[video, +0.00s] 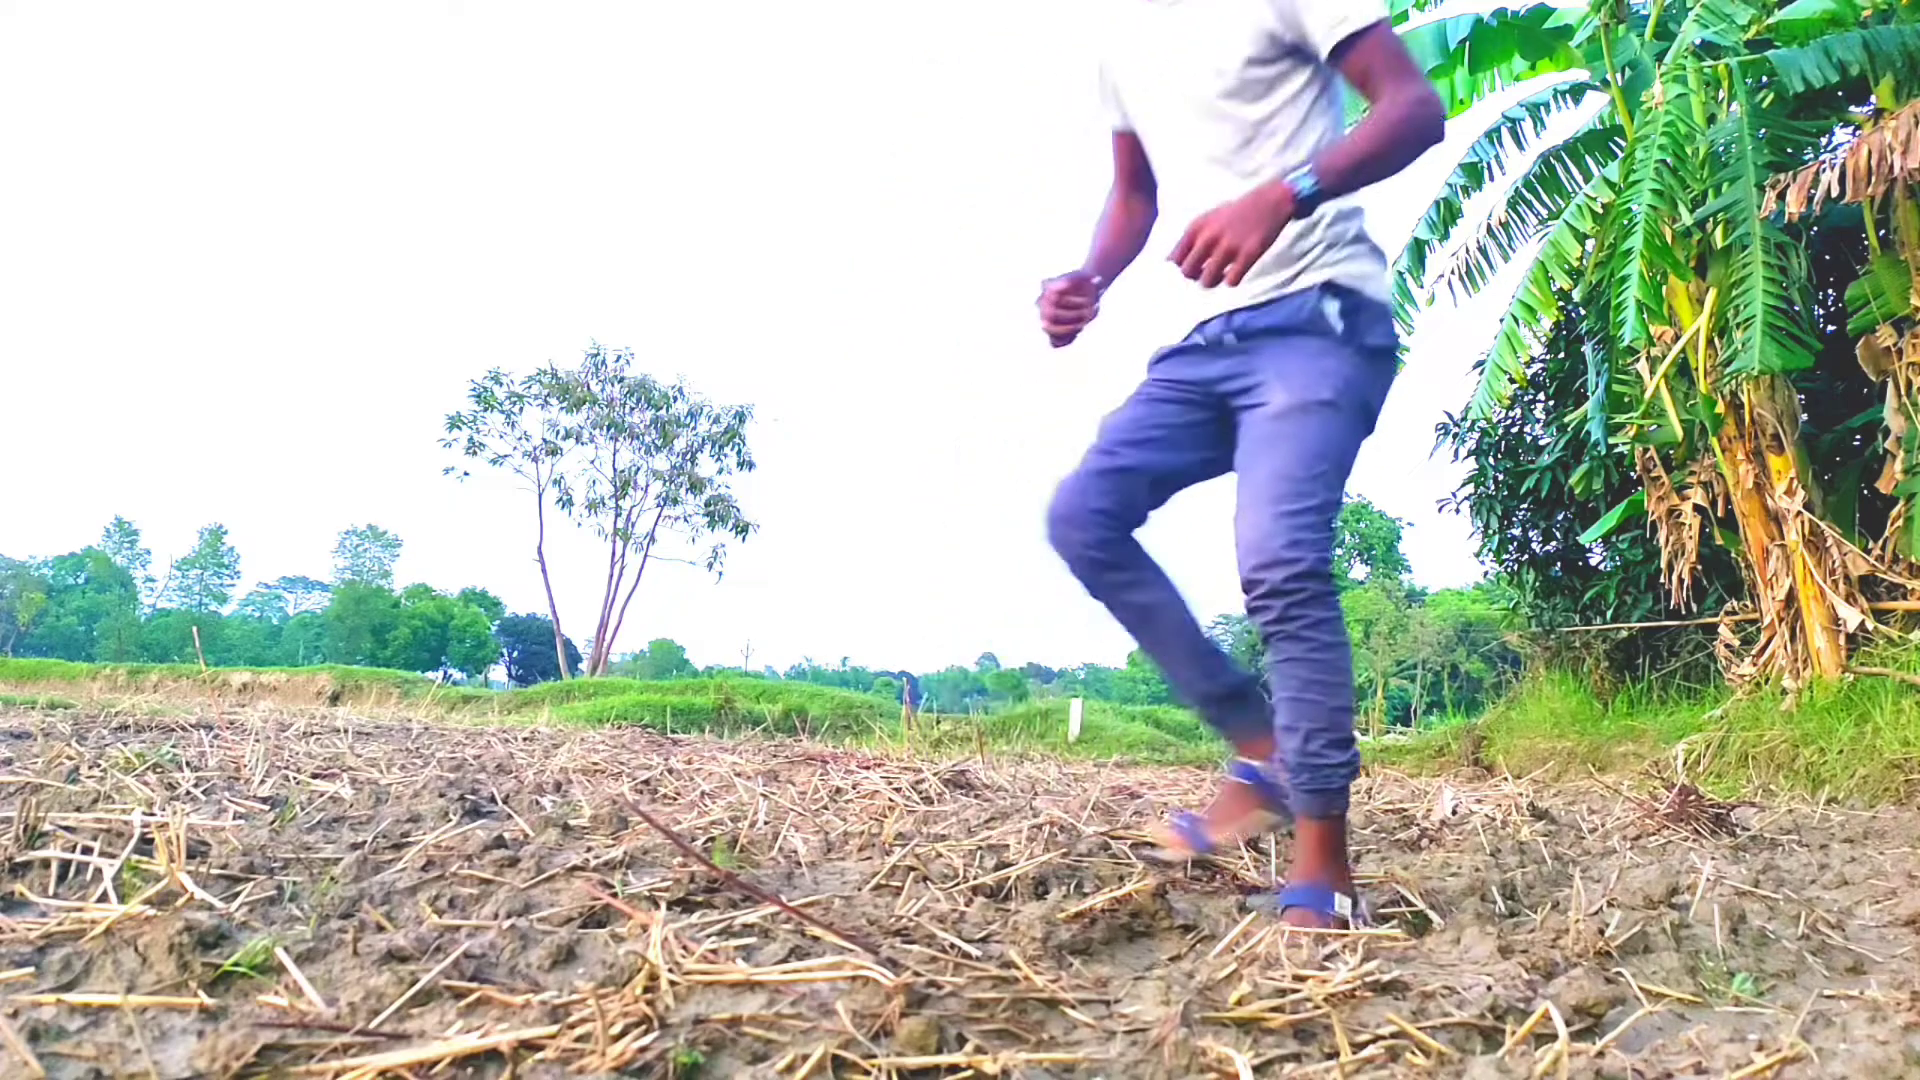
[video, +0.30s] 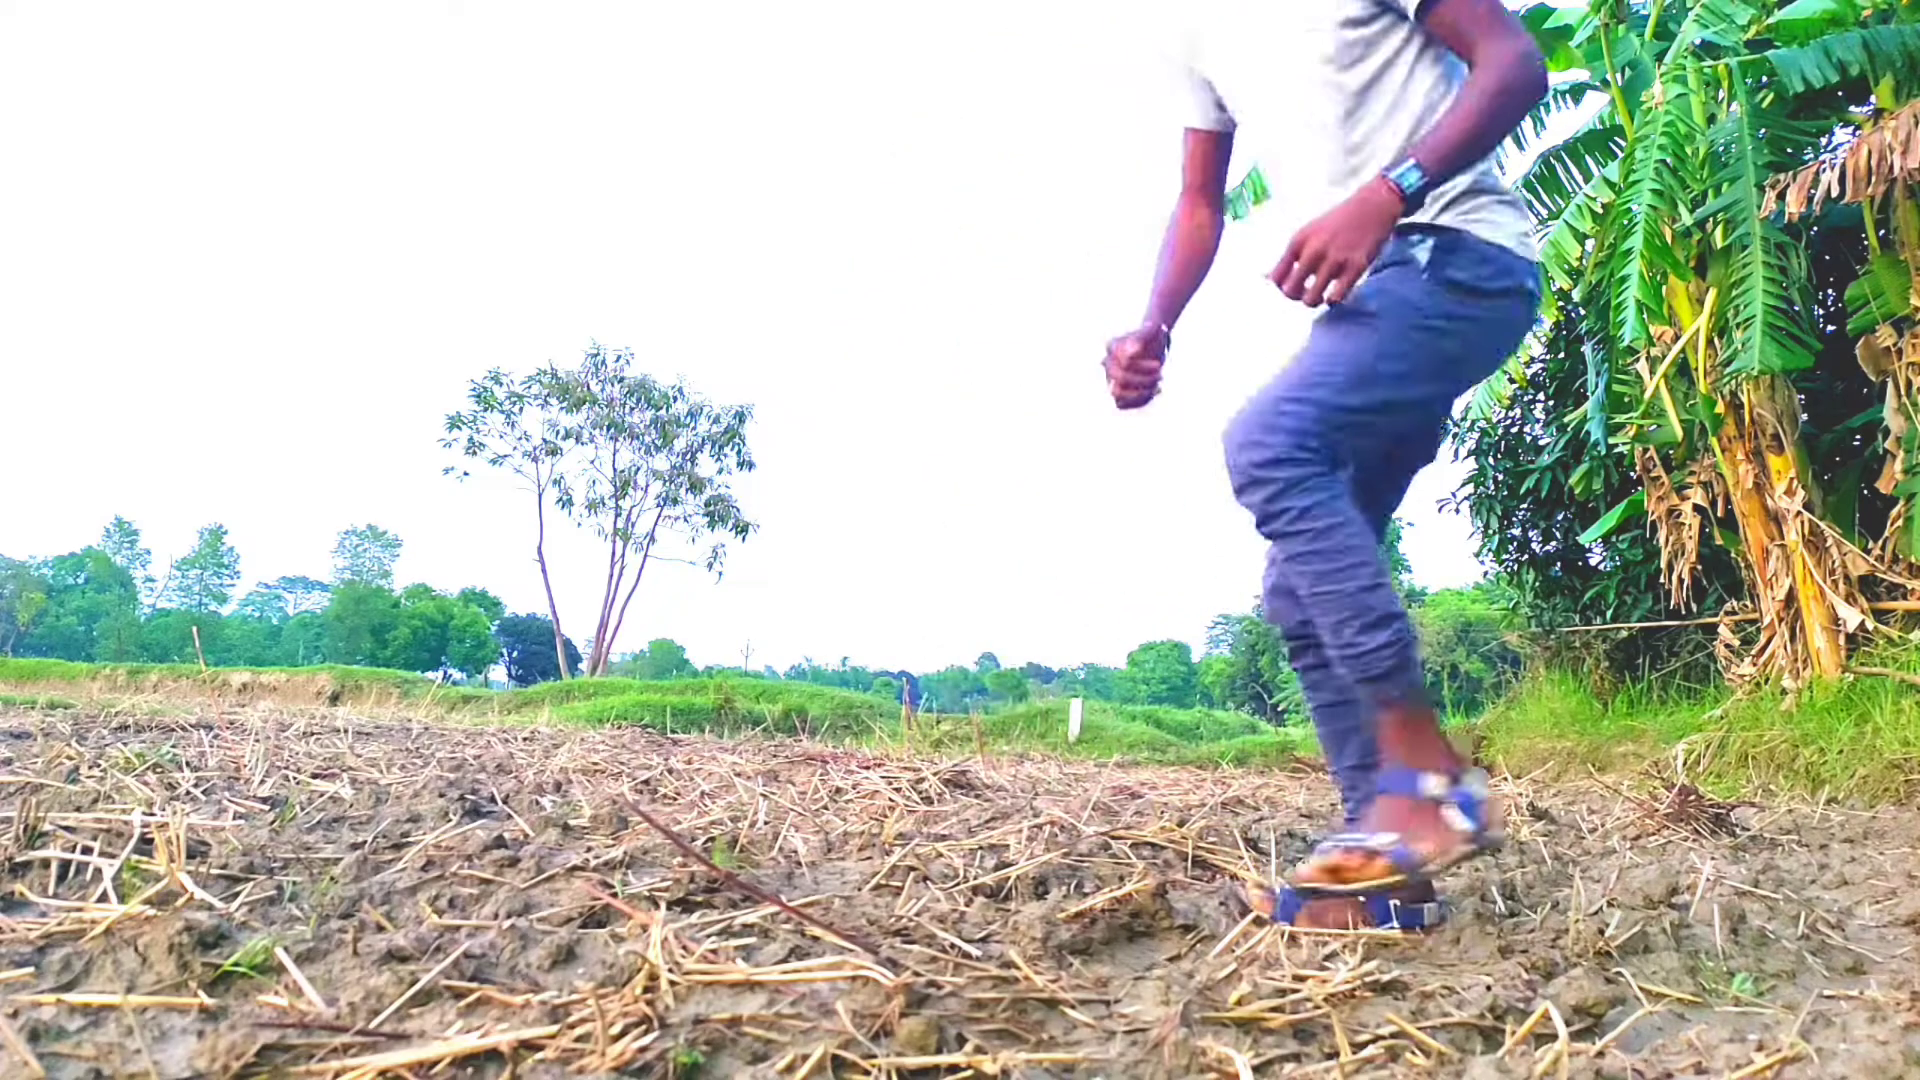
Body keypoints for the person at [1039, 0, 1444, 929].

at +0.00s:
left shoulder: (1291, 8)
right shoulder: (1117, 44)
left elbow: (1415, 108)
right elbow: (1134, 189)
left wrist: (1281, 195)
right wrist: (1094, 275)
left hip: (1318, 319)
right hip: (1209, 341)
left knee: (1282, 566)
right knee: (1082, 518)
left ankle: (1319, 877)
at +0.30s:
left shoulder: (1390, 5)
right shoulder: (1197, 31)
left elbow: (1516, 63)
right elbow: (1198, 199)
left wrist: (1387, 194)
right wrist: (1157, 321)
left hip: (1460, 248)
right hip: (1395, 278)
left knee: (1271, 444)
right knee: (1301, 589)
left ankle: (1425, 775)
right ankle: (1385, 856)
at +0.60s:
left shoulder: (1449, 5)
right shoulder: (1290, 24)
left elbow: (1493, 126)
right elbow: (1311, 214)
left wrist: (1388, 357)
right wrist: (1251, 407)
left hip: (1585, 250)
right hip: (1467, 285)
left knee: (1409, 537)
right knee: (1278, 522)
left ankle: (1580, 912)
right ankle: (1431, 823)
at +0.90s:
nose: (1185, 140)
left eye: (1189, 90)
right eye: (1151, 129)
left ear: (1256, 38)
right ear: (1143, 147)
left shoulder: (1407, 102)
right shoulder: (1266, 228)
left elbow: (1322, 391)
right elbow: (1231, 436)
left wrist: (1187, 614)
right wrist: (1144, 622)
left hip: (1715, 345)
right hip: (1584, 374)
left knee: (1440, 541)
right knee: (1334, 531)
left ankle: (1605, 926)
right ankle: (1471, 873)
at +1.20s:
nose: (1180, 360)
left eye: (1194, 313)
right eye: (1147, 347)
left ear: (1269, 283)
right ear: (1139, 370)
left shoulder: (1370, 396)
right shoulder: (1254, 463)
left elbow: (1198, 651)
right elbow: (1185, 642)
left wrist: (1029, 804)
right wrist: (1036, 796)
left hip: (1660, 711)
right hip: (1554, 726)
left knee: (1355, 576)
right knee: (1251, 603)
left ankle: (1559, 890)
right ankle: (1455, 872)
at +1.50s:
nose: (1164, 306)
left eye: (1189, 263)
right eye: (1134, 290)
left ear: (1265, 255)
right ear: (1123, 319)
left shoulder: (1348, 378)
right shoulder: (1238, 445)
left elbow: (1180, 629)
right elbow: (1175, 647)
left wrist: (1008, 767)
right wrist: (1011, 770)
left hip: (1644, 684)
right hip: (1540, 702)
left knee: (1324, 581)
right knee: (1230, 611)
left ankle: (1550, 874)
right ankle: (1441, 865)